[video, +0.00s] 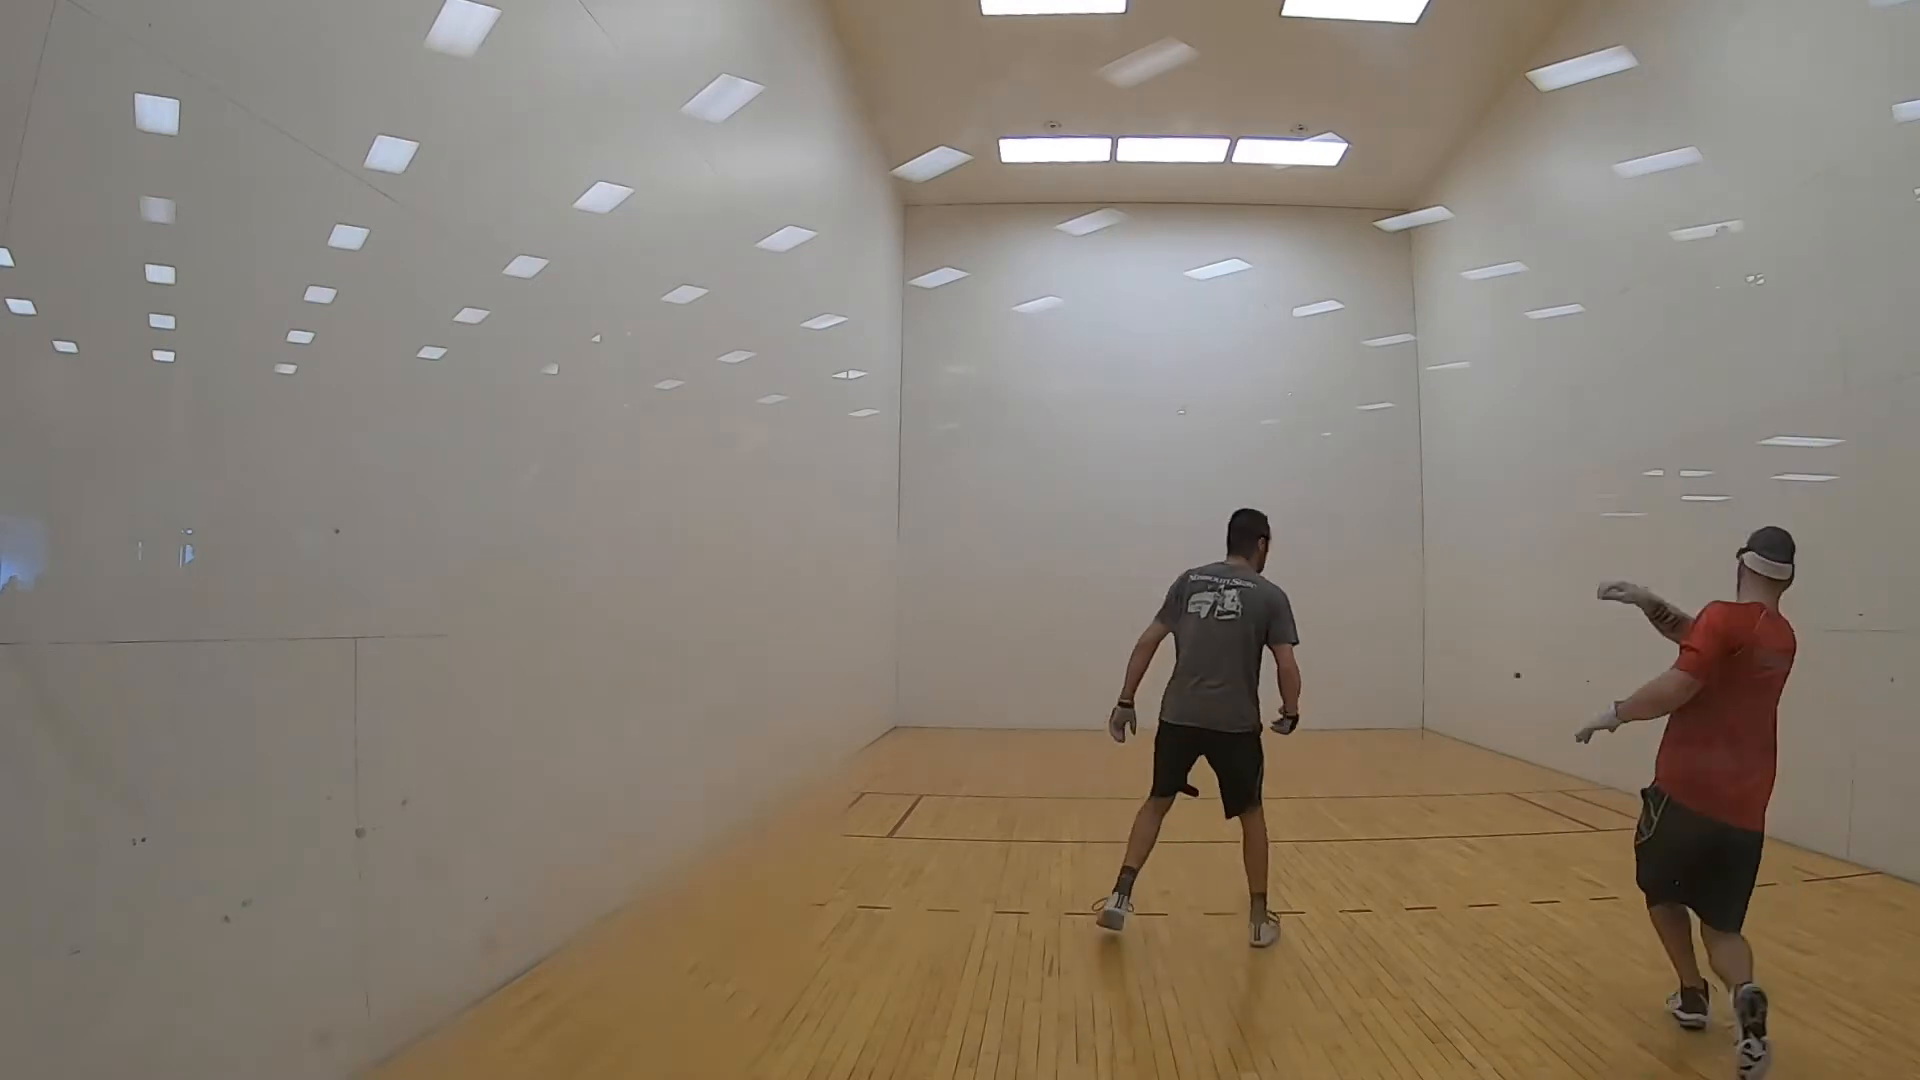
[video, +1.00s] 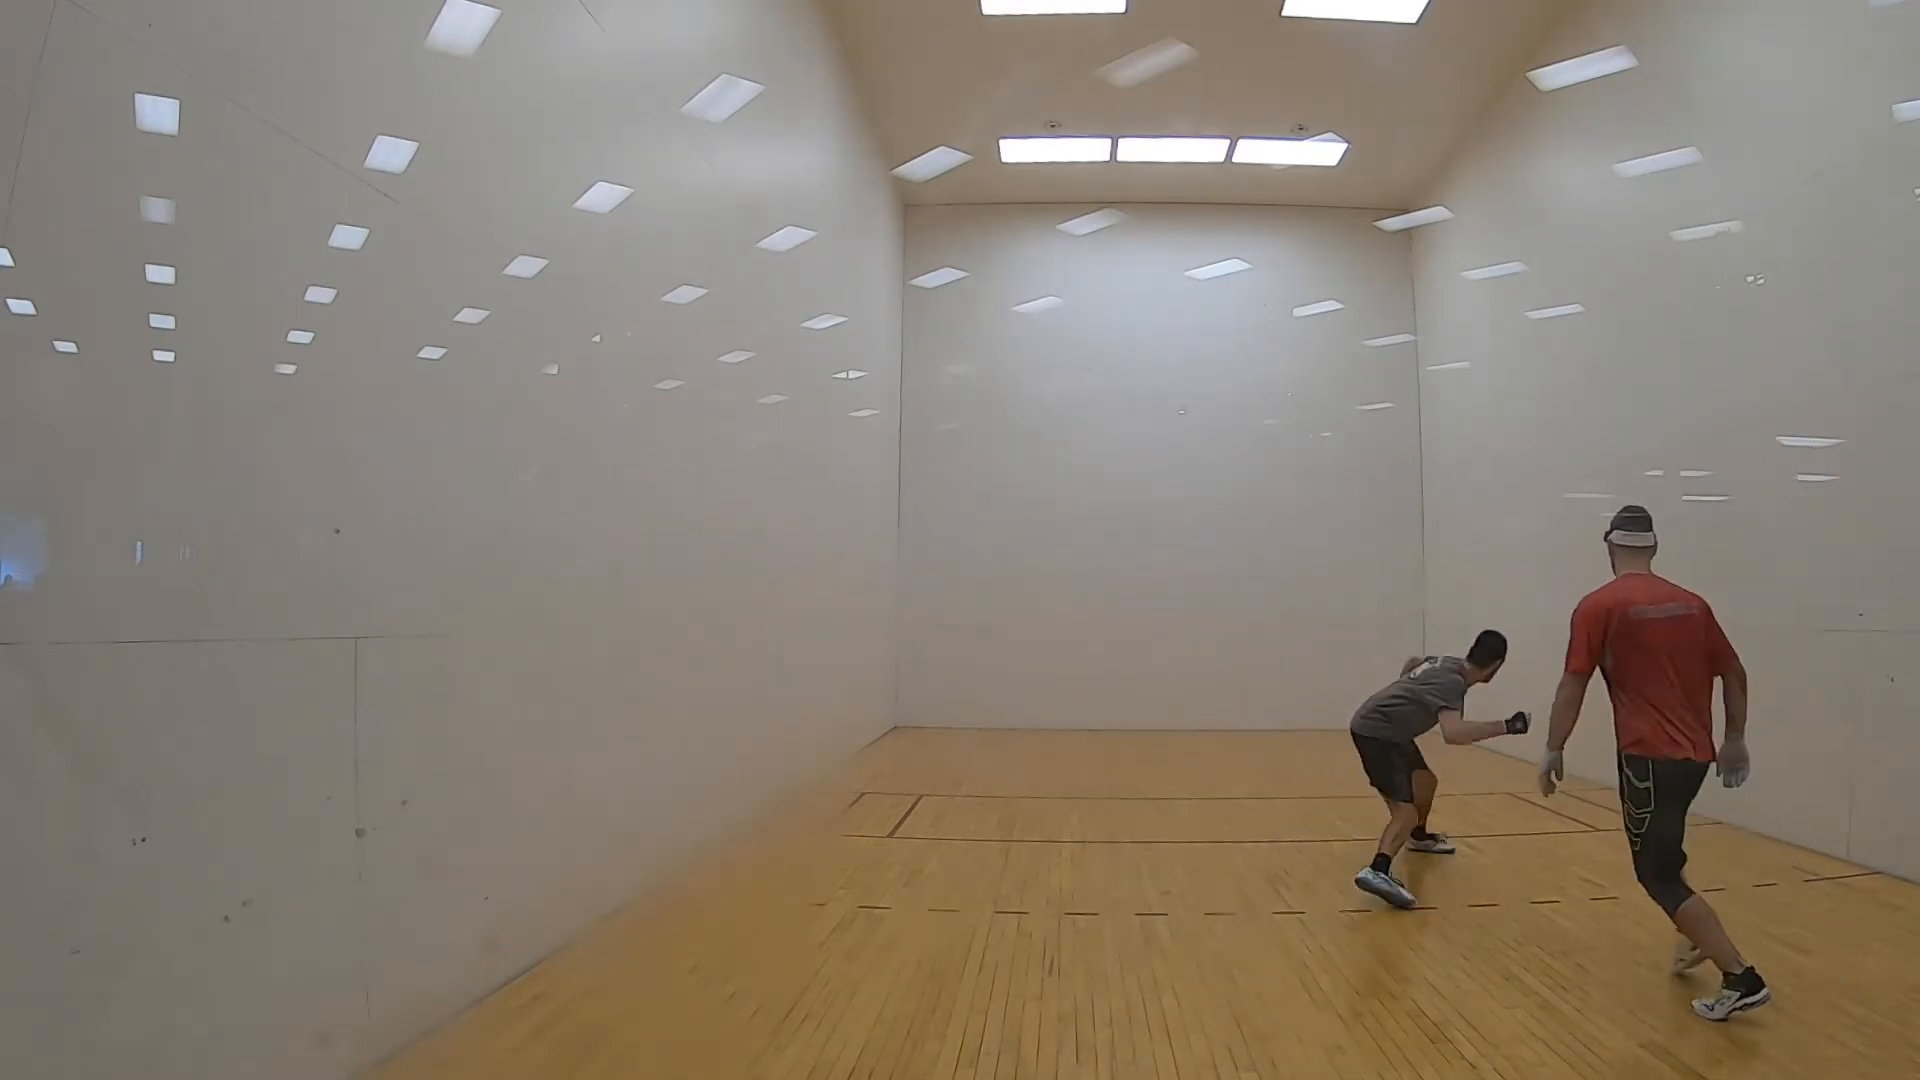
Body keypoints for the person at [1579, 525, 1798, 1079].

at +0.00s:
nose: (1740, 571)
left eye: (1741, 563)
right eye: (1755, 566)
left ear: (1739, 565)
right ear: (1788, 579)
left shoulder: (1721, 618)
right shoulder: (1784, 638)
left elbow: (1680, 685)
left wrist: (1616, 713)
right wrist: (1648, 602)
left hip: (1686, 792)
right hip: (1747, 806)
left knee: (1661, 887)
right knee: (1723, 919)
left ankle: (1693, 992)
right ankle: (1746, 993)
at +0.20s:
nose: (1715, 539)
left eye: (1716, 531)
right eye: (1721, 532)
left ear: (1719, 533)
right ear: (1765, 539)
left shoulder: (1723, 585)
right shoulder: (1770, 592)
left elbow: (1711, 665)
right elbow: (1707, 653)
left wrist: (1658, 726)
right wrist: (1675, 615)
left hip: (1717, 761)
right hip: (1769, 762)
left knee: (1676, 869)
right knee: (1760, 878)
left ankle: (1705, 992)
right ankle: (1829, 982)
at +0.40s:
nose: (1719, 539)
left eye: (1718, 531)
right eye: (1724, 531)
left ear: (1721, 532)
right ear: (1768, 535)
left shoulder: (1729, 588)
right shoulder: (1786, 594)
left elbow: (1736, 664)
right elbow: (1758, 674)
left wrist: (1714, 749)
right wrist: (1689, 691)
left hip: (1742, 762)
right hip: (1788, 762)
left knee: (1683, 859)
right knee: (1783, 870)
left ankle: (1715, 989)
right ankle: (1837, 983)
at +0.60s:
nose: (1709, 527)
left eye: (1709, 519)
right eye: (1716, 518)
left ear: (1713, 518)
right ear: (1758, 521)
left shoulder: (1716, 574)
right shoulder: (1785, 578)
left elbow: (1726, 651)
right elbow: (1793, 667)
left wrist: (1719, 730)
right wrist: (1786, 733)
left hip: (1729, 744)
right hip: (1786, 747)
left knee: (1675, 845)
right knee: (1795, 858)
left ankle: (1708, 971)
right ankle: (1836, 980)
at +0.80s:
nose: (1679, 539)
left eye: (1676, 531)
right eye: (1695, 531)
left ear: (1675, 532)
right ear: (1722, 532)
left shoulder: (1674, 592)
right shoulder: (1752, 589)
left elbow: (1666, 669)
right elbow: (1774, 667)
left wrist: (1643, 750)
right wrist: (1761, 739)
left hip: (1701, 756)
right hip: (1761, 757)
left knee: (1665, 863)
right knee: (1775, 862)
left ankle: (1737, 971)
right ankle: (1831, 978)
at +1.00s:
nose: (1612, 555)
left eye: (1609, 547)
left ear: (1609, 546)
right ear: (1654, 549)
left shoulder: (1599, 606)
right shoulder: (1692, 604)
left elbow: (1572, 687)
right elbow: (1734, 674)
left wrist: (1554, 749)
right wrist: (1735, 737)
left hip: (1646, 757)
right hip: (1696, 755)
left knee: (1657, 872)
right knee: (1662, 847)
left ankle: (1741, 977)